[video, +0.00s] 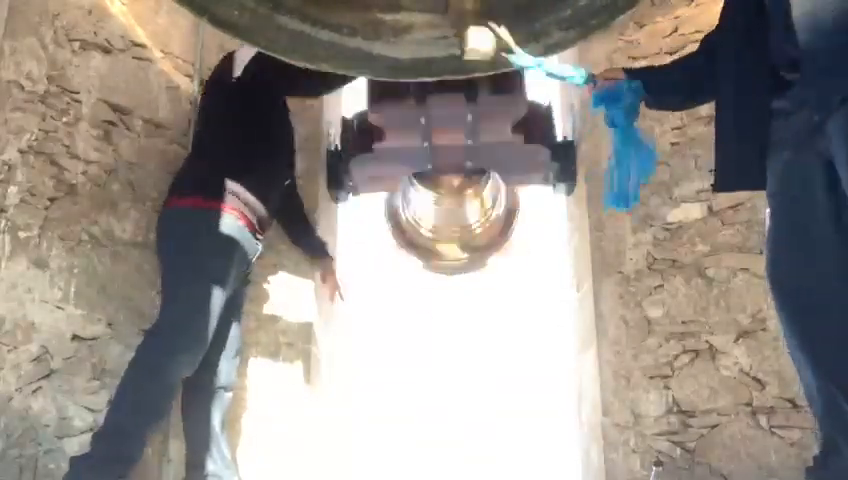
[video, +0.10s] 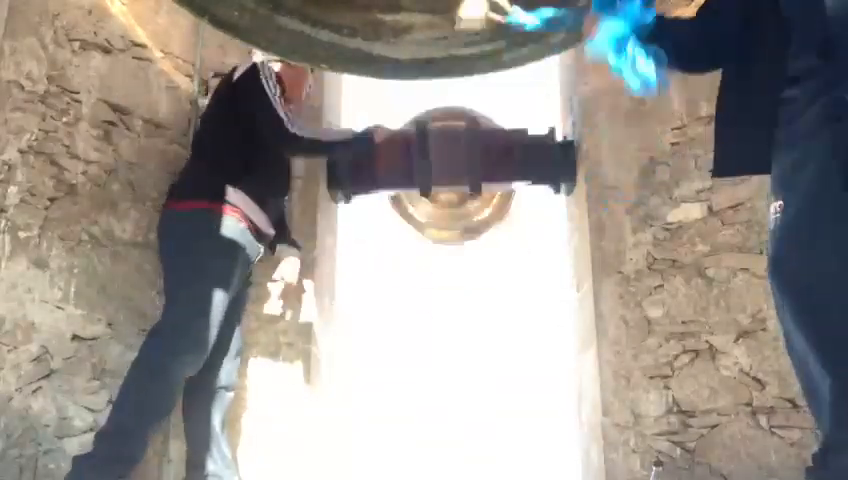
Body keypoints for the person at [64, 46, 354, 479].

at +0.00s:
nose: (297, 73)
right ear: (268, 49)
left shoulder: (274, 117)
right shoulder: (248, 66)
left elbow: (284, 191)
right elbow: (319, 80)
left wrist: (320, 255)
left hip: (241, 237)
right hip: (209, 217)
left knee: (217, 375)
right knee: (180, 344)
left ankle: (214, 472)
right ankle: (100, 469)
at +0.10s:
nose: (308, 93)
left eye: (311, 85)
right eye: (307, 80)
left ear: (287, 80)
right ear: (287, 67)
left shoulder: (271, 122)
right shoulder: (257, 72)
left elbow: (270, 195)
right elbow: (285, 136)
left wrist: (287, 247)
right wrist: (363, 140)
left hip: (242, 240)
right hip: (211, 219)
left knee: (219, 374)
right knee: (185, 343)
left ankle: (215, 472)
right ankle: (103, 467)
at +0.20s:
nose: (302, 71)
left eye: (307, 64)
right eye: (299, 60)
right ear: (281, 54)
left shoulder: (271, 106)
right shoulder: (259, 76)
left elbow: (262, 182)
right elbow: (304, 149)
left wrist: (291, 224)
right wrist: (362, 208)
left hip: (242, 239)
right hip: (212, 220)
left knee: (218, 378)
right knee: (168, 352)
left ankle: (214, 472)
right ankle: (98, 469)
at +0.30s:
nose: (296, 67)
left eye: (299, 62)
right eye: (293, 56)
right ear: (276, 50)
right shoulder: (257, 71)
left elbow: (257, 189)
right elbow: (310, 134)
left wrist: (303, 192)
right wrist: (370, 197)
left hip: (244, 242)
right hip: (213, 224)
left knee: (219, 381)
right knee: (166, 357)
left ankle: (215, 473)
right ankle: (98, 470)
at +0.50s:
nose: (285, 62)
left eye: (288, 56)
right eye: (280, 51)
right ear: (260, 45)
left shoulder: (271, 102)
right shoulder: (247, 66)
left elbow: (283, 179)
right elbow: (298, 129)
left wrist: (317, 129)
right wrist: (362, 185)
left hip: (247, 240)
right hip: (214, 221)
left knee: (219, 381)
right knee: (173, 351)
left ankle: (215, 473)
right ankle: (95, 470)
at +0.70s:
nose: (291, 57)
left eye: (295, 49)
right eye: (286, 43)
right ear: (263, 36)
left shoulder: (269, 91)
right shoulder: (244, 63)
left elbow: (314, 134)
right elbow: (285, 133)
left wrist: (362, 96)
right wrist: (354, 179)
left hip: (244, 240)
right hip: (209, 222)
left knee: (219, 379)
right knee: (168, 352)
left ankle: (214, 472)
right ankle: (94, 470)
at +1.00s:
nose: (299, 67)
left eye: (301, 63)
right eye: (296, 57)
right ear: (278, 51)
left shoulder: (269, 121)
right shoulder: (251, 67)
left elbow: (311, 180)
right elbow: (319, 117)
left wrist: (375, 212)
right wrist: (375, 109)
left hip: (235, 244)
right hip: (203, 222)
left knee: (216, 378)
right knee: (170, 351)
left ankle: (213, 473)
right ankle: (93, 471)